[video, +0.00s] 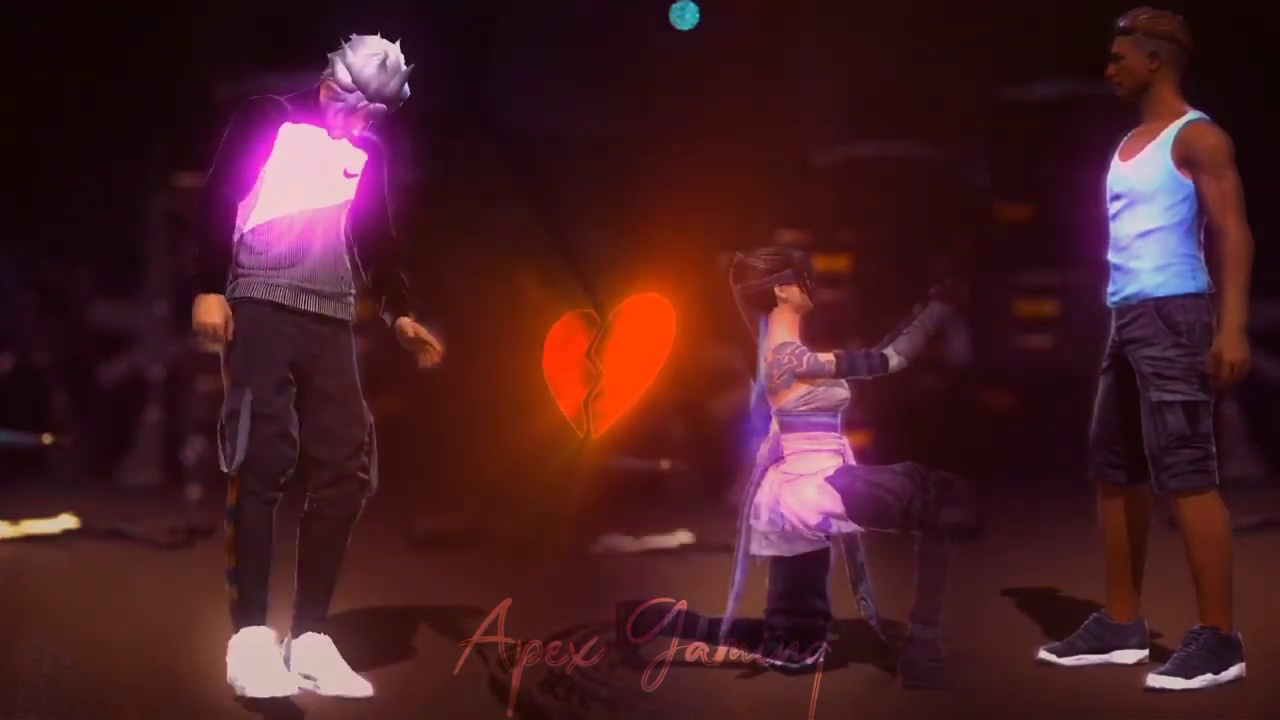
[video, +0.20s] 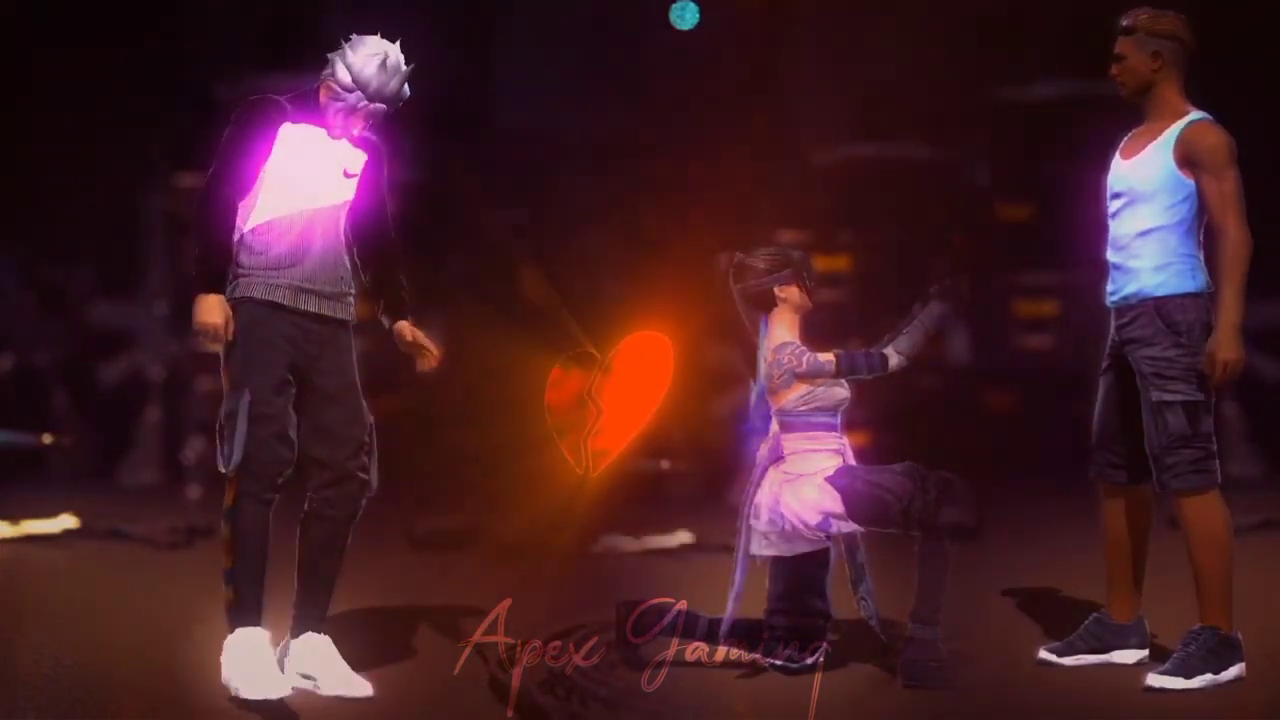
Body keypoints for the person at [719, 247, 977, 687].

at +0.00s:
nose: (809, 289)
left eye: (805, 281)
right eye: (800, 282)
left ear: (782, 292)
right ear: (780, 290)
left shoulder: (784, 345)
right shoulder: (787, 353)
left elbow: (877, 358)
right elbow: (885, 361)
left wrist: (926, 313)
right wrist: (936, 311)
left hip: (799, 482)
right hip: (809, 485)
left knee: (797, 645)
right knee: (943, 497)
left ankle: (677, 624)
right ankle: (923, 650)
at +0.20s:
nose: (808, 290)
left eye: (804, 282)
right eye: (800, 282)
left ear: (779, 292)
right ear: (781, 291)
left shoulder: (783, 346)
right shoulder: (786, 353)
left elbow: (878, 359)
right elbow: (884, 361)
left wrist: (927, 311)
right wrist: (937, 309)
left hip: (797, 484)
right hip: (811, 485)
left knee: (797, 646)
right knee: (942, 497)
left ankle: (678, 624)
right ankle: (924, 650)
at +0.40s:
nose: (809, 290)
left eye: (805, 281)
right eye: (801, 282)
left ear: (779, 292)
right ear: (780, 291)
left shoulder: (782, 347)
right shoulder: (786, 354)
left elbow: (877, 359)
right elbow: (884, 361)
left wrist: (927, 310)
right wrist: (938, 308)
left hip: (796, 484)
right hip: (809, 486)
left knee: (796, 645)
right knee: (943, 497)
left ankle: (677, 624)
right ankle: (923, 649)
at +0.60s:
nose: (808, 290)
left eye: (803, 282)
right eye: (799, 282)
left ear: (780, 293)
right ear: (780, 291)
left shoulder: (783, 349)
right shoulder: (786, 354)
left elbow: (879, 359)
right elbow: (885, 360)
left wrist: (929, 309)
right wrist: (939, 306)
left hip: (796, 484)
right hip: (809, 486)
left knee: (796, 645)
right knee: (945, 497)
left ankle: (675, 624)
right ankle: (923, 650)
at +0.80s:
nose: (808, 291)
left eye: (804, 282)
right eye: (800, 283)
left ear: (780, 292)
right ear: (781, 290)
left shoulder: (783, 348)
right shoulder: (786, 354)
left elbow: (879, 359)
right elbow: (884, 360)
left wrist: (928, 309)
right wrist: (939, 306)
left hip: (797, 484)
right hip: (809, 486)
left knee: (796, 645)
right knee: (945, 497)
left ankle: (676, 624)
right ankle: (923, 650)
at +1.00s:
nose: (808, 290)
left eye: (803, 282)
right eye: (800, 283)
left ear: (779, 293)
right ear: (780, 291)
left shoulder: (782, 350)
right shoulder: (787, 354)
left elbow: (879, 359)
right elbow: (885, 360)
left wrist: (928, 310)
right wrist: (938, 307)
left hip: (797, 484)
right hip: (809, 486)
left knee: (795, 645)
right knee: (942, 497)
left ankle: (675, 624)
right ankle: (923, 650)